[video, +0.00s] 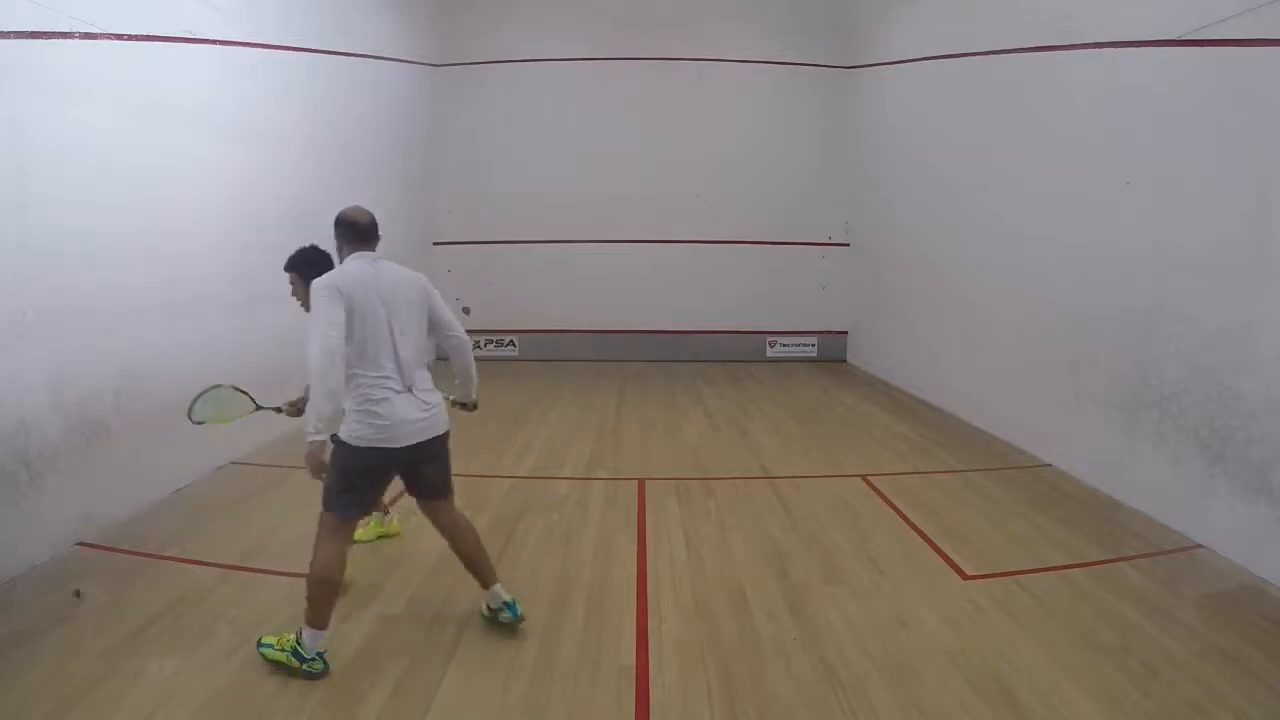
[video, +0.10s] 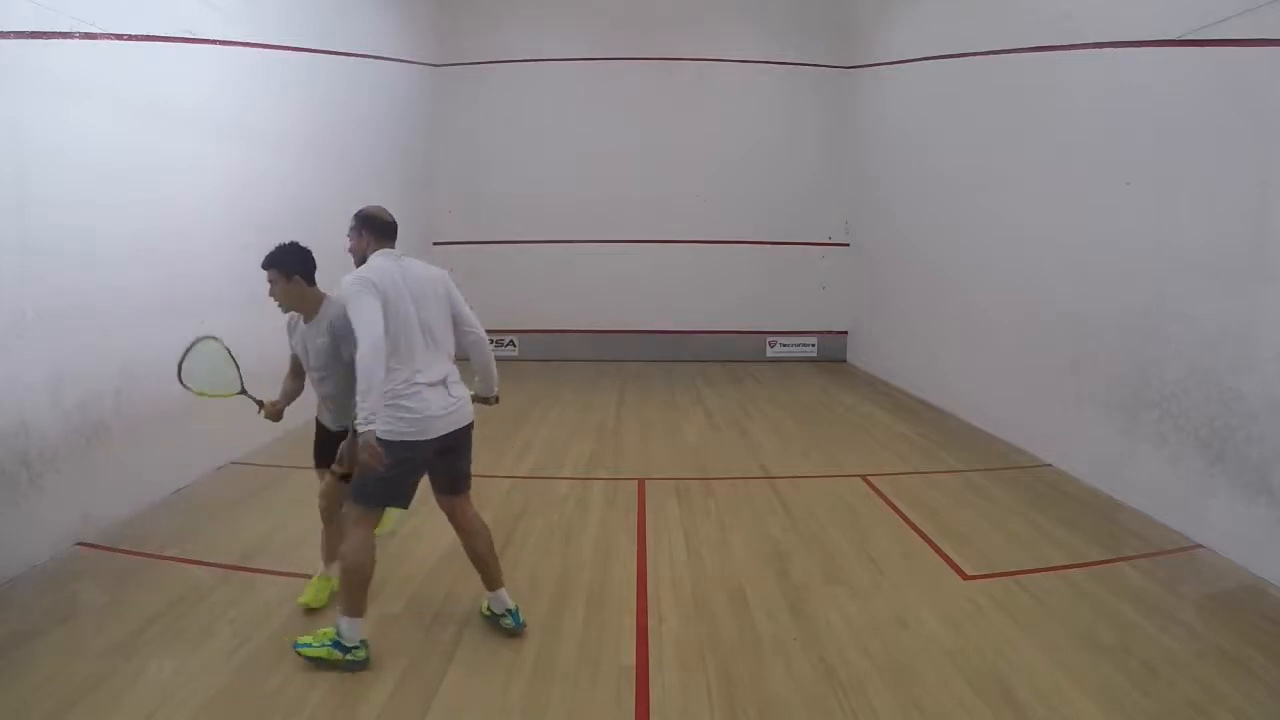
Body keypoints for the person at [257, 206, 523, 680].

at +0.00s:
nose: (338, 249)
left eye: (336, 242)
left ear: (338, 242)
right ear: (378, 240)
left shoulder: (330, 286)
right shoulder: (415, 281)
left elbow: (327, 357)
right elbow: (457, 340)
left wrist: (318, 433)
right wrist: (467, 392)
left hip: (367, 435)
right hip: (427, 426)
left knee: (333, 533)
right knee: (445, 511)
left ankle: (310, 647)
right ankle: (500, 601)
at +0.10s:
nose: (347, 245)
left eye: (351, 237)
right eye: (349, 237)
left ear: (366, 238)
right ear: (391, 237)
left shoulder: (359, 282)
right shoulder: (436, 275)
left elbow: (371, 344)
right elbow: (475, 337)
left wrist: (365, 423)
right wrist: (488, 388)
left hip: (397, 426)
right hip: (454, 417)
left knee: (358, 519)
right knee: (459, 503)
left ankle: (349, 637)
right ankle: (503, 606)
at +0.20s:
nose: (355, 232)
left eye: (360, 223)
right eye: (356, 224)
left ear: (384, 220)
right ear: (396, 222)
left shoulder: (380, 265)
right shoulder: (444, 259)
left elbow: (399, 328)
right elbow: (481, 322)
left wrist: (396, 404)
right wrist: (494, 379)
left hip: (418, 406)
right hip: (467, 398)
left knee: (392, 502)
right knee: (464, 490)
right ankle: (503, 592)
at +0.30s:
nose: (365, 227)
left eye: (372, 218)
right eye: (364, 220)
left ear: (398, 218)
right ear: (404, 221)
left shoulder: (392, 259)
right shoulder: (450, 255)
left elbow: (414, 316)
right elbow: (485, 320)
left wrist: (411, 394)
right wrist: (496, 375)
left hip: (433, 399)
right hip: (476, 391)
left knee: (431, 494)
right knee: (457, 479)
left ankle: (489, 588)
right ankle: (510, 558)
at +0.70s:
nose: (394, 243)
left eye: (401, 235)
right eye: (393, 237)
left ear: (428, 236)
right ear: (429, 240)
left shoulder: (428, 271)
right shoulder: (465, 268)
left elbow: (451, 320)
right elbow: (494, 330)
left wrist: (412, 381)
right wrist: (464, 377)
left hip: (461, 397)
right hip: (499, 392)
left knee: (426, 481)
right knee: (485, 462)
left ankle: (485, 564)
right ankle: (513, 544)